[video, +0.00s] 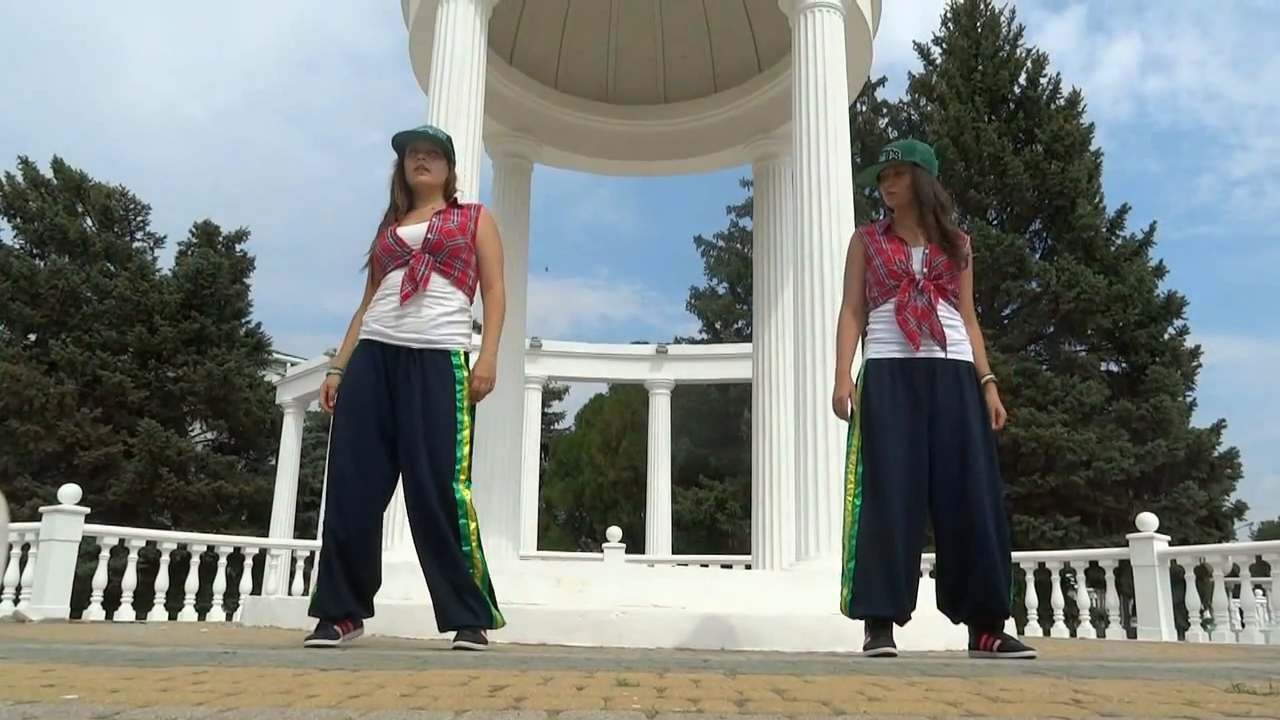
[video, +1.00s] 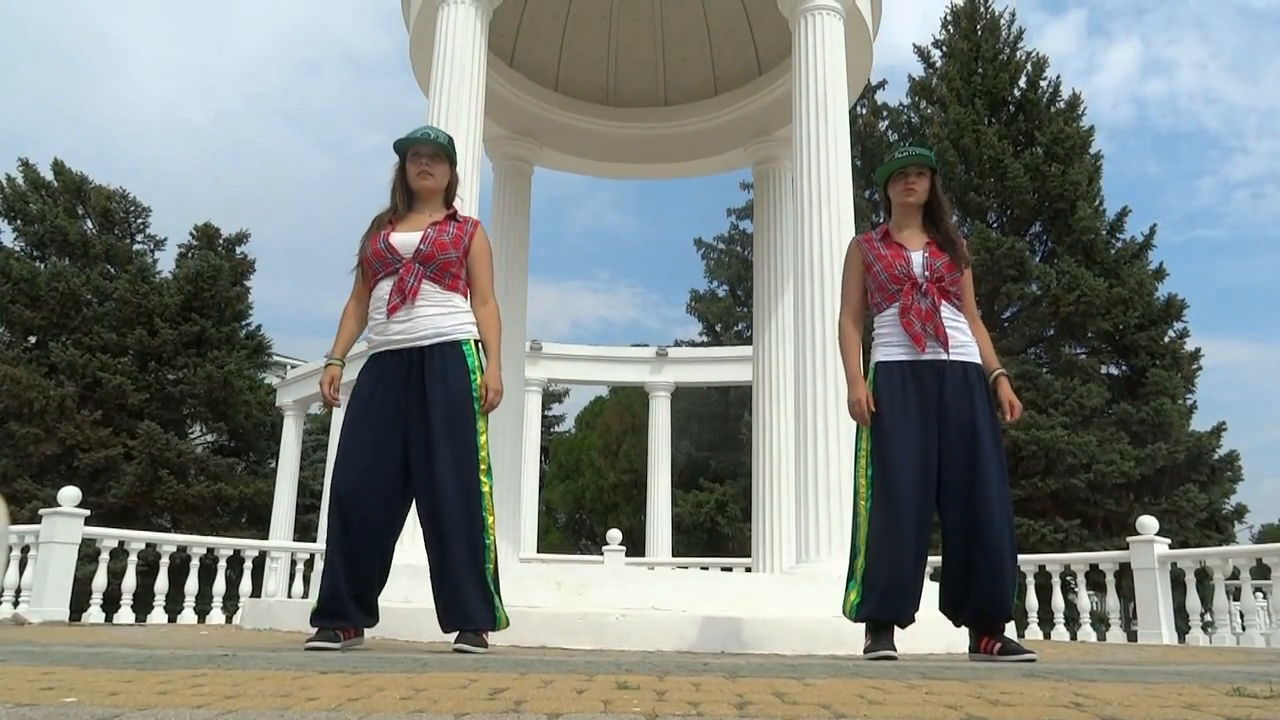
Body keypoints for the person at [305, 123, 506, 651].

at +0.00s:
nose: (421, 160)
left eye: (431, 154)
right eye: (413, 154)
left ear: (449, 167)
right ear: (401, 167)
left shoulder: (473, 218)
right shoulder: (388, 231)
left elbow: (493, 290)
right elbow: (369, 304)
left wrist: (489, 357)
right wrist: (338, 366)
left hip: (438, 363)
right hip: (372, 361)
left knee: (438, 491)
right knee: (352, 488)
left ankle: (468, 621)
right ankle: (342, 614)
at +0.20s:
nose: (416, 163)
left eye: (427, 156)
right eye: (408, 156)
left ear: (444, 170)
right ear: (395, 167)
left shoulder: (464, 221)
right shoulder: (377, 232)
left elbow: (483, 293)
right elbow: (358, 306)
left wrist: (485, 359)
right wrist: (330, 365)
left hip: (435, 366)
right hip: (368, 366)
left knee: (439, 492)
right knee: (349, 491)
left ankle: (471, 620)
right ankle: (343, 617)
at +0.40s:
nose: (418, 164)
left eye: (429, 159)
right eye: (410, 157)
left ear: (444, 173)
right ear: (396, 168)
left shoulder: (460, 226)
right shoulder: (373, 231)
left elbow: (477, 296)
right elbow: (352, 303)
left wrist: (484, 361)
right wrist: (324, 365)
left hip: (436, 367)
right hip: (368, 368)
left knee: (445, 493)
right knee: (355, 493)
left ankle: (471, 620)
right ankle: (345, 618)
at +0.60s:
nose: (421, 165)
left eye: (432, 160)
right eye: (413, 158)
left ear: (448, 174)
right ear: (399, 168)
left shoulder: (459, 232)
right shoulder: (372, 231)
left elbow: (475, 303)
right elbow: (348, 302)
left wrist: (486, 367)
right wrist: (322, 362)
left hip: (440, 366)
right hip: (373, 369)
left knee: (447, 491)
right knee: (359, 491)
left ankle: (472, 621)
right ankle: (346, 618)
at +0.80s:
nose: (423, 165)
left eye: (434, 159)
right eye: (415, 157)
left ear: (451, 173)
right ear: (402, 167)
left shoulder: (462, 233)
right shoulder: (374, 231)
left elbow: (480, 304)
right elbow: (352, 299)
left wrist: (491, 368)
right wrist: (324, 359)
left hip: (445, 365)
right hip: (380, 369)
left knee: (450, 490)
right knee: (358, 488)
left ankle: (470, 623)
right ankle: (344, 620)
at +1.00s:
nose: (423, 164)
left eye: (433, 157)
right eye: (415, 157)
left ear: (451, 170)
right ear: (402, 167)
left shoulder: (467, 231)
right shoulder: (378, 232)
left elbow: (484, 303)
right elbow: (359, 303)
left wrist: (492, 367)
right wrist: (335, 360)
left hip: (447, 364)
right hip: (382, 368)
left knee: (451, 491)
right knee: (356, 488)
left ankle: (470, 623)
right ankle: (343, 619)